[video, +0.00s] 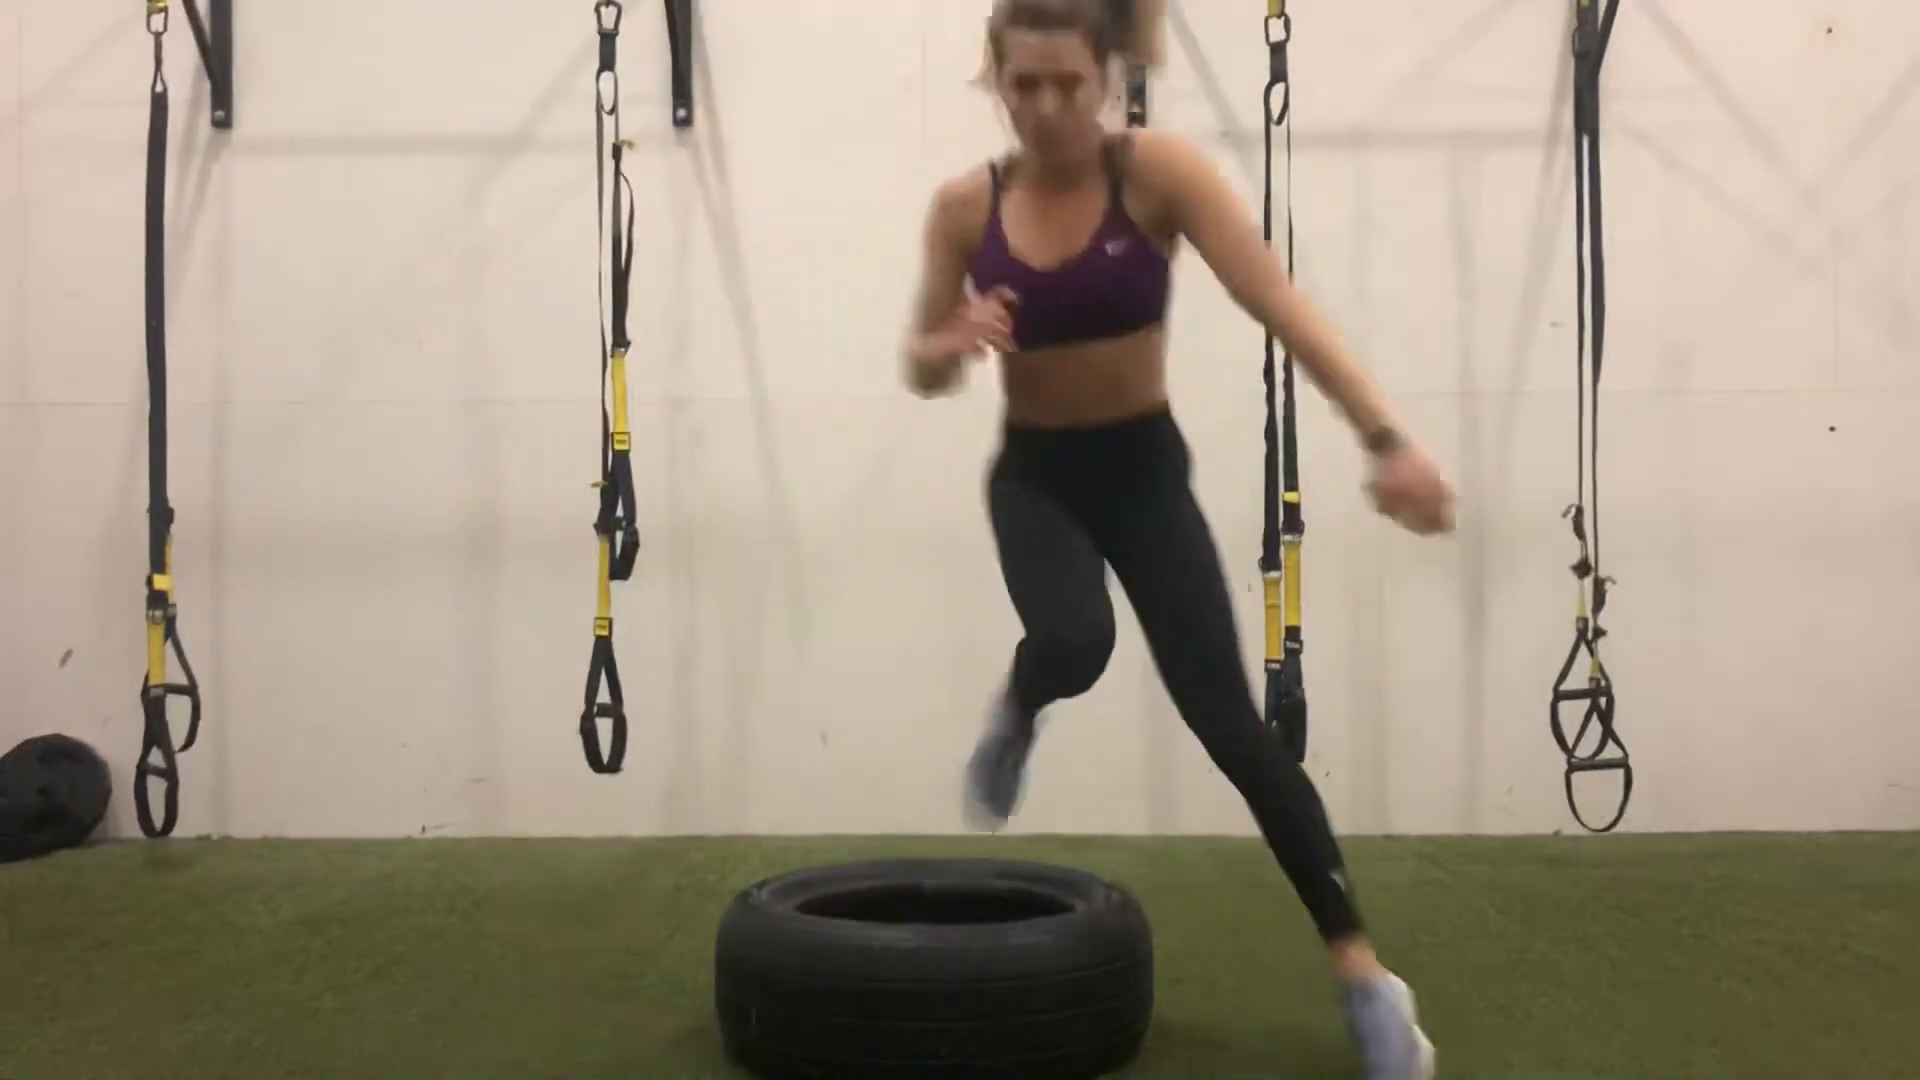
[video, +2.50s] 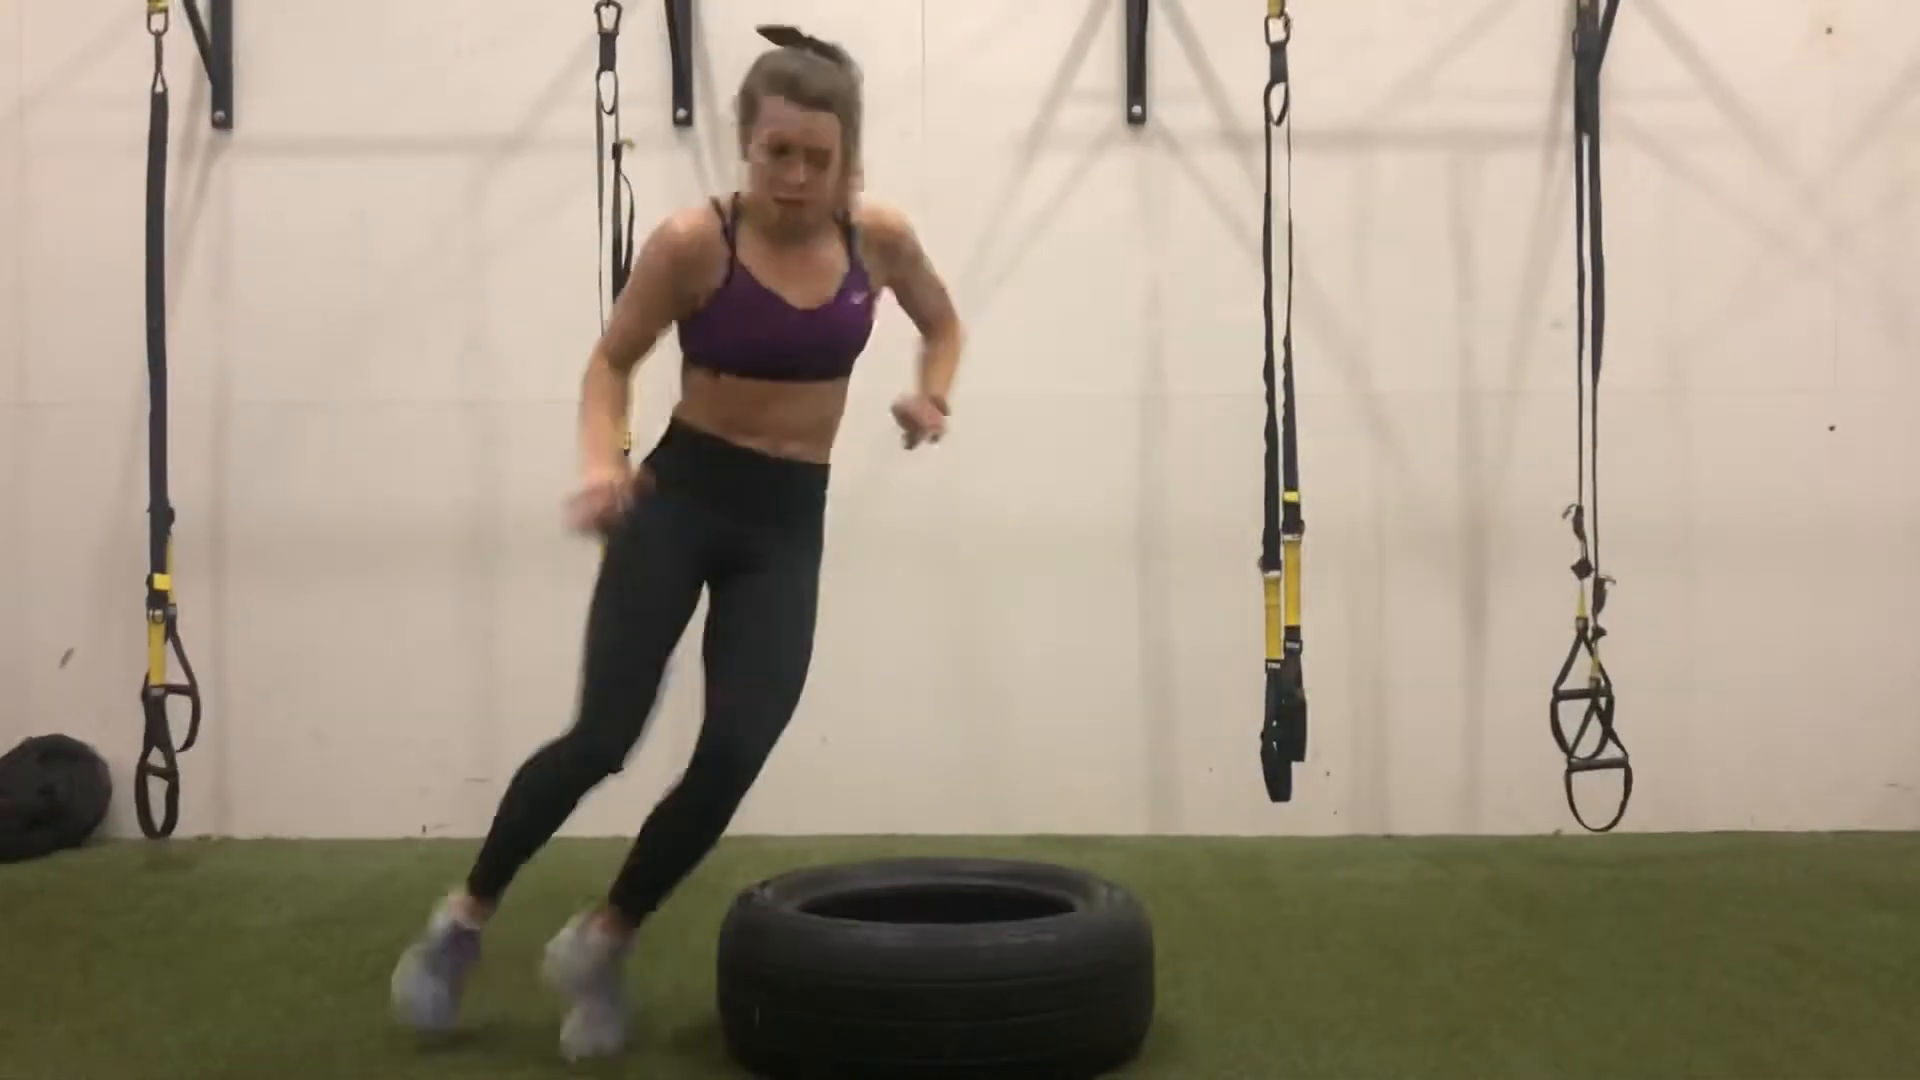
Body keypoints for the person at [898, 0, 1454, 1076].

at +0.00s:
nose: (1049, 107)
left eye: (1069, 83)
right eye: (1028, 84)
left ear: (1107, 75)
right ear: (998, 82)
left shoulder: (1162, 174)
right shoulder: (965, 209)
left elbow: (1276, 301)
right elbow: (925, 372)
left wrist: (1387, 440)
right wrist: (953, 340)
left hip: (1142, 466)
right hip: (1034, 472)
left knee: (1227, 721)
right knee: (1075, 644)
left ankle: (1360, 969)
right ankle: (1014, 717)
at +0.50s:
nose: (906, 122)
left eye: (930, 99)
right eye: (890, 97)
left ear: (980, 102)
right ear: (868, 94)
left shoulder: (1021, 196)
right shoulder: (840, 197)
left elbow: (1139, 259)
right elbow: (857, 373)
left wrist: (1118, 378)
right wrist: (914, 293)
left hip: (1008, 485)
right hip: (966, 484)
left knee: (889, 724)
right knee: (951, 722)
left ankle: (921, 939)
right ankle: (1169, 740)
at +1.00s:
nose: (844, 201)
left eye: (866, 180)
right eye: (826, 177)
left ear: (902, 166)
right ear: (794, 157)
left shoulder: (928, 275)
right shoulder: (738, 255)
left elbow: (1021, 410)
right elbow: (621, 318)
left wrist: (931, 360)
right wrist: (531, 374)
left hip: (793, 550)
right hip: (697, 510)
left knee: (709, 782)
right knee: (709, 724)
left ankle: (538, 969)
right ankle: (546, 743)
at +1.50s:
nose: (1040, 125)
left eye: (1058, 101)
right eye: (1017, 102)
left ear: (1087, 95)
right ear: (984, 102)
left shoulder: (1137, 175)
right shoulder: (947, 213)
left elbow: (1264, 308)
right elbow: (879, 353)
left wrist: (1349, 447)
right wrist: (924, 357)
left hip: (1132, 457)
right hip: (1025, 467)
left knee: (1217, 697)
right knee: (1065, 627)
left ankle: (1358, 928)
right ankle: (1038, 754)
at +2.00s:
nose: (948, 120)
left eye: (971, 101)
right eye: (931, 97)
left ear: (1009, 104)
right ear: (906, 95)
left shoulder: (1048, 206)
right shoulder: (858, 196)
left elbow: (1171, 285)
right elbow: (848, 377)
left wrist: (1223, 405)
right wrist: (876, 311)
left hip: (1018, 473)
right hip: (947, 477)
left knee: (891, 694)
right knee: (940, 722)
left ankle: (983, 902)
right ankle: (1125, 727)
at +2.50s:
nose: (795, 175)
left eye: (817, 156)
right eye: (777, 152)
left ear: (849, 152)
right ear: (745, 142)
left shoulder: (878, 238)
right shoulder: (691, 242)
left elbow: (941, 324)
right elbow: (613, 361)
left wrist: (932, 390)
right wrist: (603, 465)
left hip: (786, 518)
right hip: (676, 498)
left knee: (732, 761)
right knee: (602, 740)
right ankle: (463, 918)